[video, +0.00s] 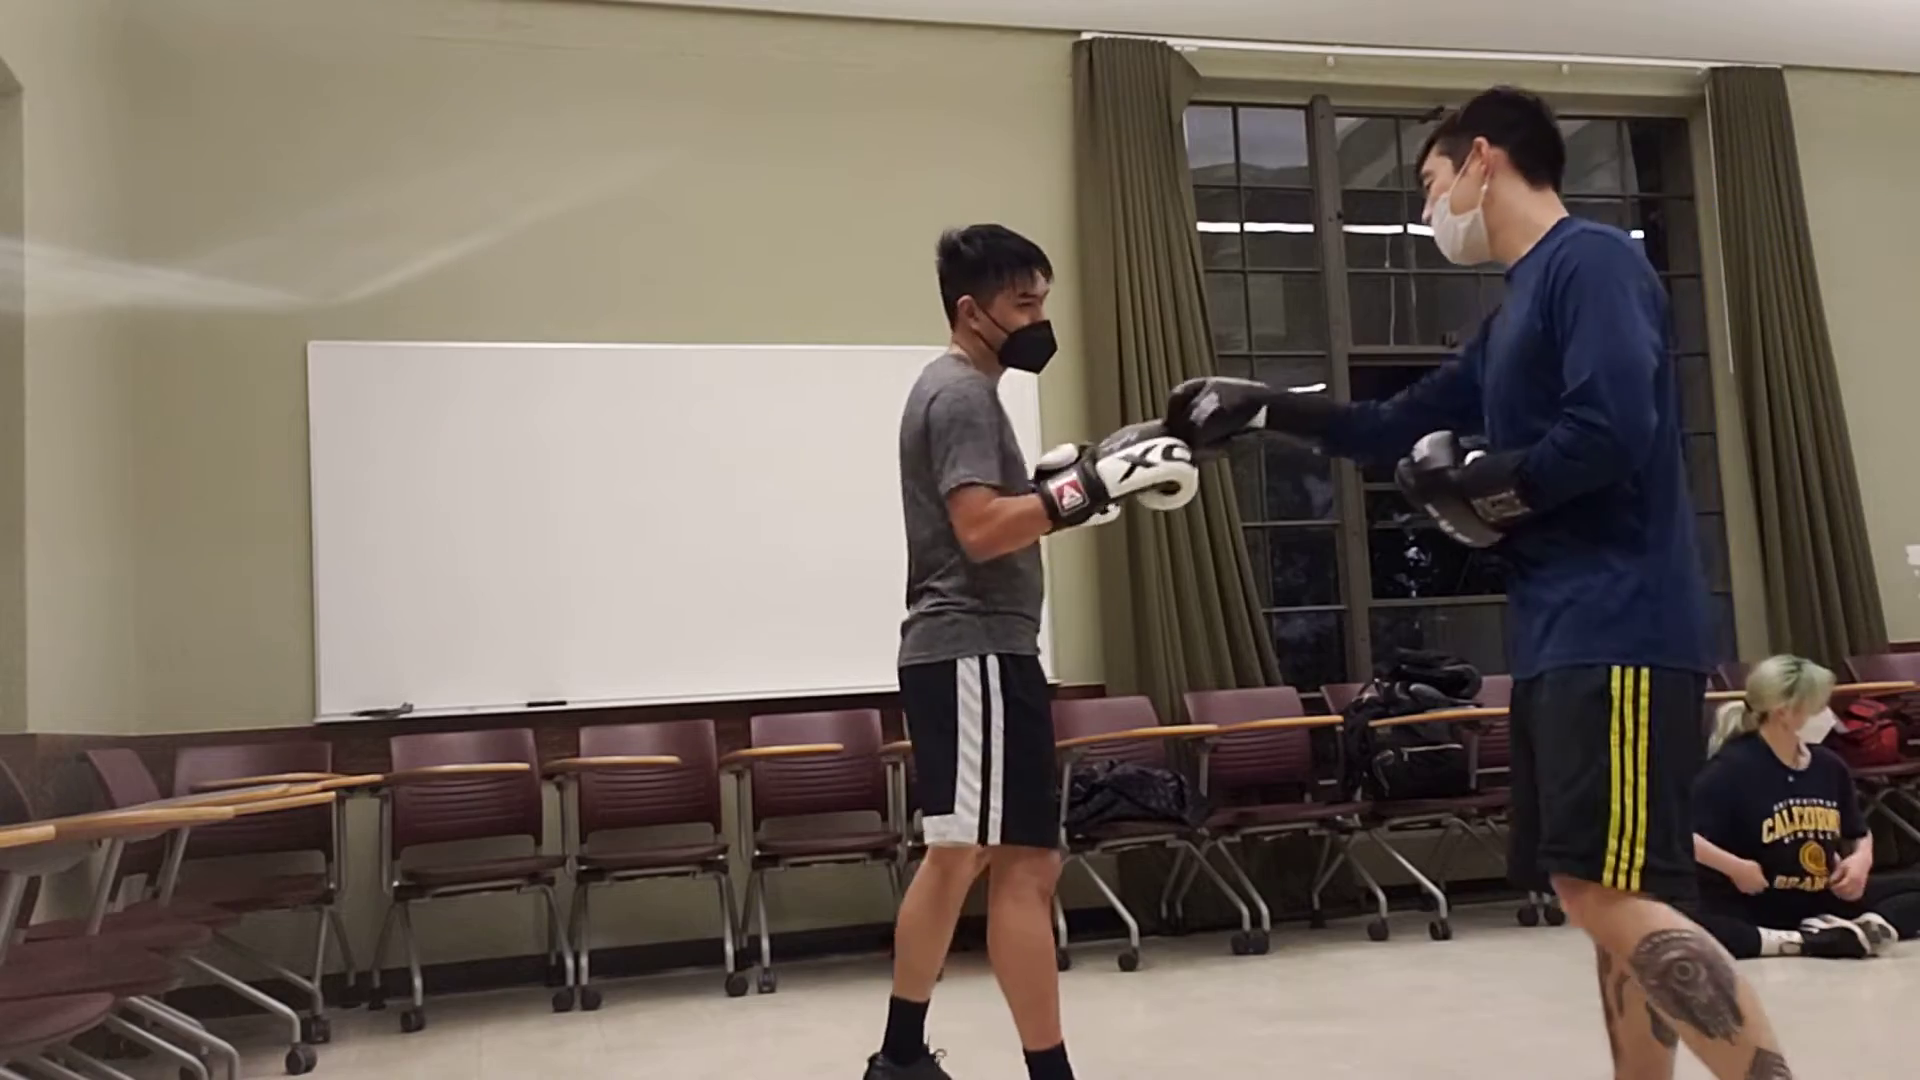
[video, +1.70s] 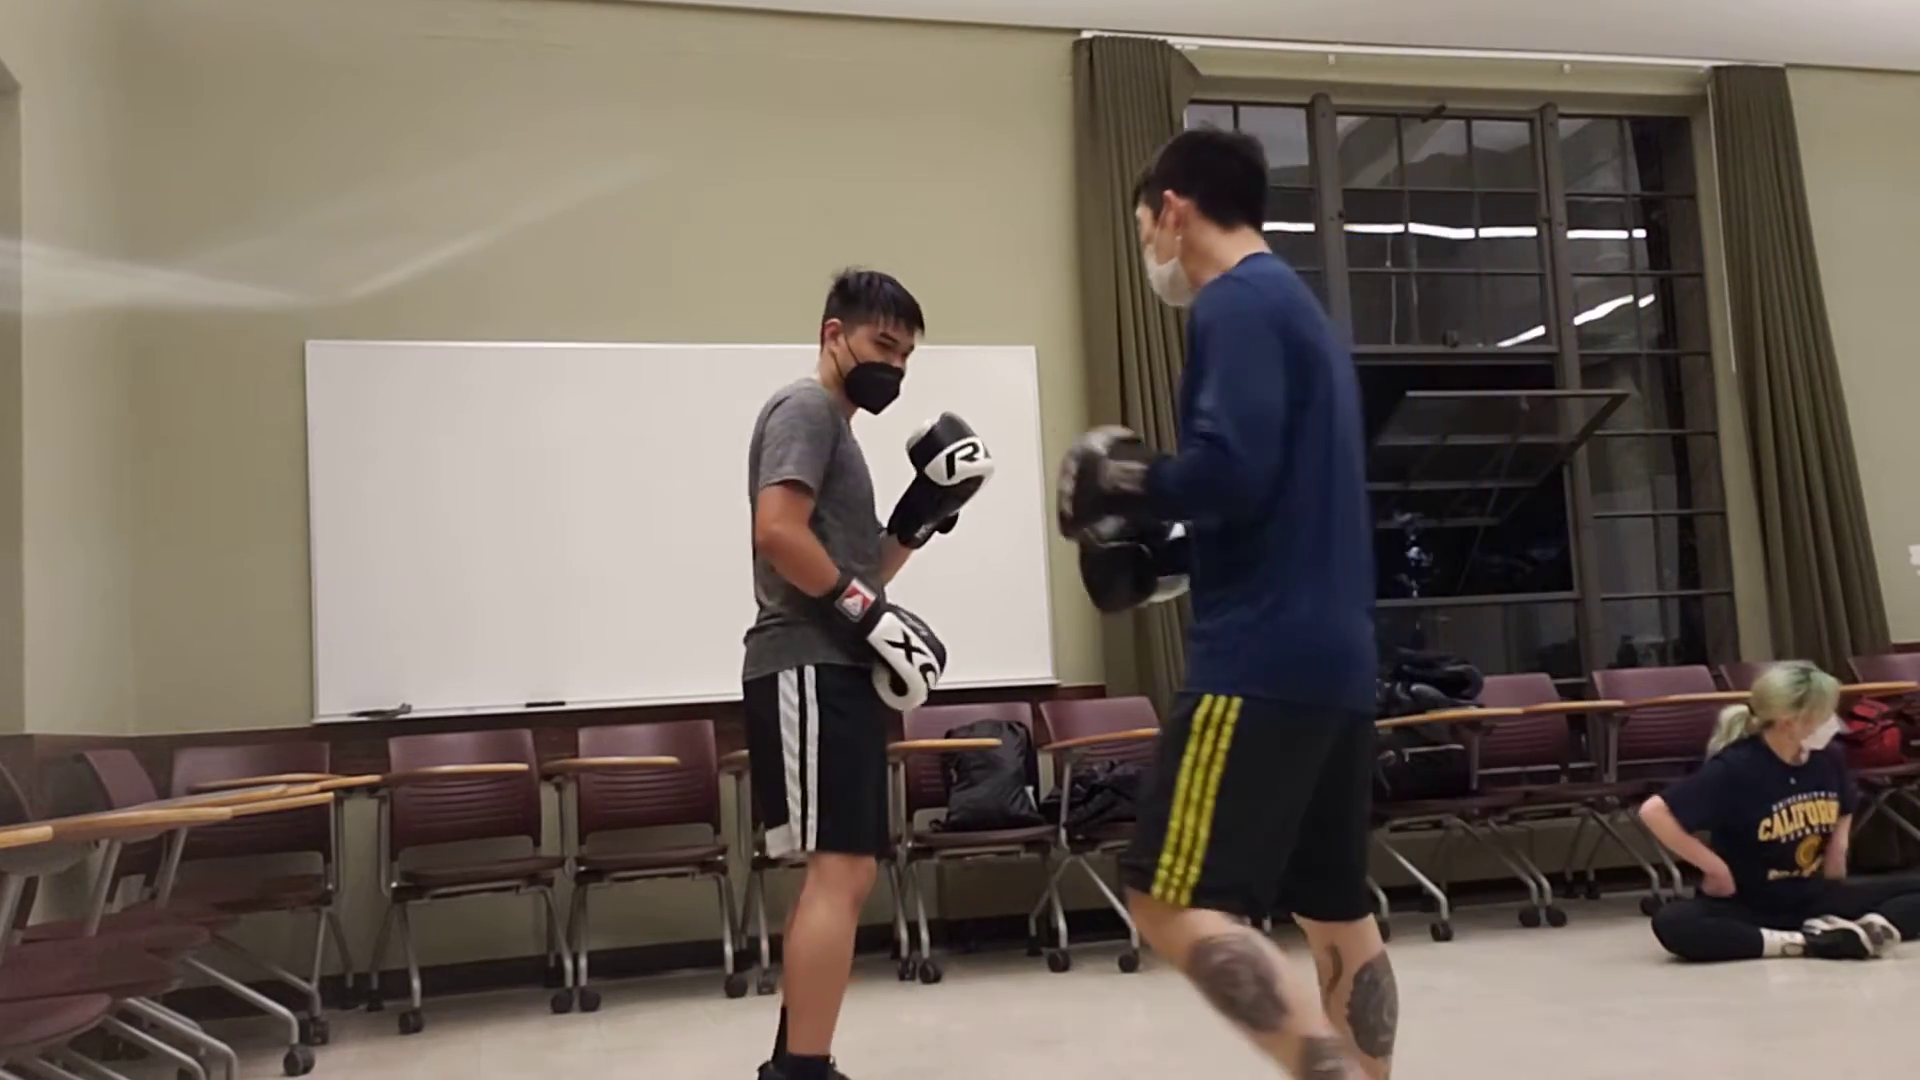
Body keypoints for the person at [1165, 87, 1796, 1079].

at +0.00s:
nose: (1426, 207)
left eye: (1430, 182)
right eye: (1422, 189)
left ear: (1482, 162)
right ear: (1497, 172)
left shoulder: (1591, 260)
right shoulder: (1519, 308)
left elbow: (1612, 434)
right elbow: (1405, 428)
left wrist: (1481, 477)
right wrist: (1262, 408)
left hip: (1623, 629)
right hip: (1563, 633)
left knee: (1599, 888)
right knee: (1596, 890)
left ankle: (1762, 1069)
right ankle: (1644, 1079)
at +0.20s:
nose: (1399, 211)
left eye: (1403, 185)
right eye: (1394, 192)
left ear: (1456, 166)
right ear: (1470, 173)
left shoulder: (1562, 267)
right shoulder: (1507, 293)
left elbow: (1617, 439)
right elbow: (1503, 472)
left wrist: (1472, 487)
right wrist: (1333, 501)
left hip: (1598, 636)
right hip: (1553, 638)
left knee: (1591, 897)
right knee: (1595, 897)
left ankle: (1633, 1075)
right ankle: (1638, 1073)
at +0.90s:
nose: (1342, 180)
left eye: (1337, 152)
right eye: (1335, 157)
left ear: (1376, 129)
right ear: (1424, 127)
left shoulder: (1461, 254)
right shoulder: (1475, 242)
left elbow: (1491, 448)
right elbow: (1476, 443)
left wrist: (1356, 485)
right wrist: (1355, 465)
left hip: (1479, 656)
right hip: (1451, 652)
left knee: (1510, 936)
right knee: (1451, 922)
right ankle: (1546, 1076)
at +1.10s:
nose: (1300, 181)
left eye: (1296, 152)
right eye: (1296, 157)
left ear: (1333, 134)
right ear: (1396, 133)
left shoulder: (1418, 251)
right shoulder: (1444, 240)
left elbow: (1476, 444)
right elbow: (1465, 445)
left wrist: (1337, 513)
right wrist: (1334, 493)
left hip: (1450, 655)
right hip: (1420, 649)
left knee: (1505, 927)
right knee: (1359, 859)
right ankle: (1432, 1073)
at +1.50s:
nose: (1207, 221)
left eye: (1207, 198)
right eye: (1205, 201)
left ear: (1239, 187)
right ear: (1296, 186)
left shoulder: (1314, 288)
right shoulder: (1331, 282)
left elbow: (1362, 458)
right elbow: (1328, 465)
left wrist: (1234, 519)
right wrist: (1216, 533)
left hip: (1332, 668)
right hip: (1324, 665)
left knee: (1358, 936)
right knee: (1348, 933)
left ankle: (1492, 1066)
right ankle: (1363, 1074)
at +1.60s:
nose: (1178, 238)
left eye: (1175, 215)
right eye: (1176, 217)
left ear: (1205, 201)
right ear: (1277, 203)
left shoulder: (1276, 303)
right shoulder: (1325, 299)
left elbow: (1309, 471)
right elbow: (1325, 490)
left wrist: (1175, 516)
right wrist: (1204, 550)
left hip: (1289, 671)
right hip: (1350, 667)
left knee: (1241, 925)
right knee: (1353, 919)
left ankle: (1407, 1057)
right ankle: (1373, 1073)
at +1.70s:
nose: (1151, 248)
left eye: (1148, 226)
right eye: (1146, 230)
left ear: (1176, 210)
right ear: (1246, 211)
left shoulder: (1236, 301)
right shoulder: (1294, 307)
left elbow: (1233, 468)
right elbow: (1276, 516)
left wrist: (1132, 481)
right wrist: (1158, 555)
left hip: (1261, 661)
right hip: (1336, 659)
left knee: (1164, 901)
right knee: (1334, 902)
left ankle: (1324, 1060)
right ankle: (1364, 1079)